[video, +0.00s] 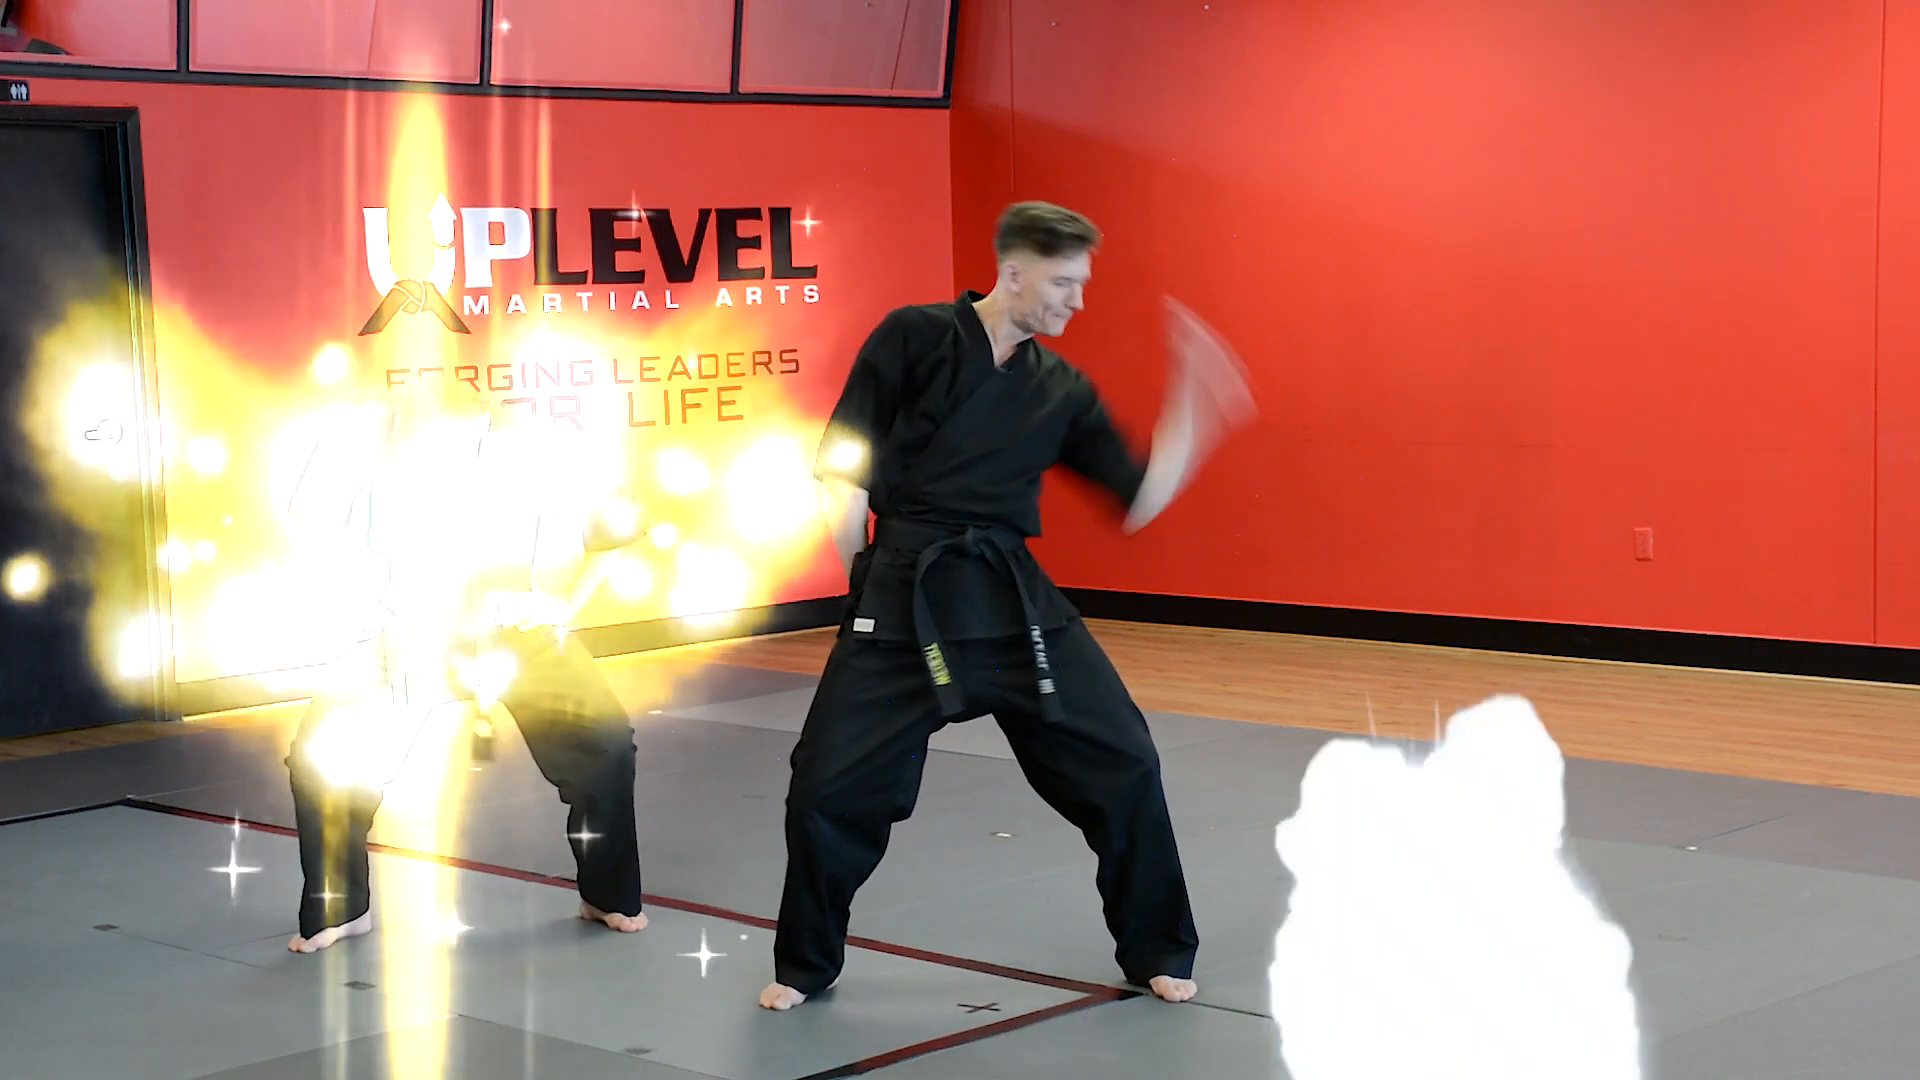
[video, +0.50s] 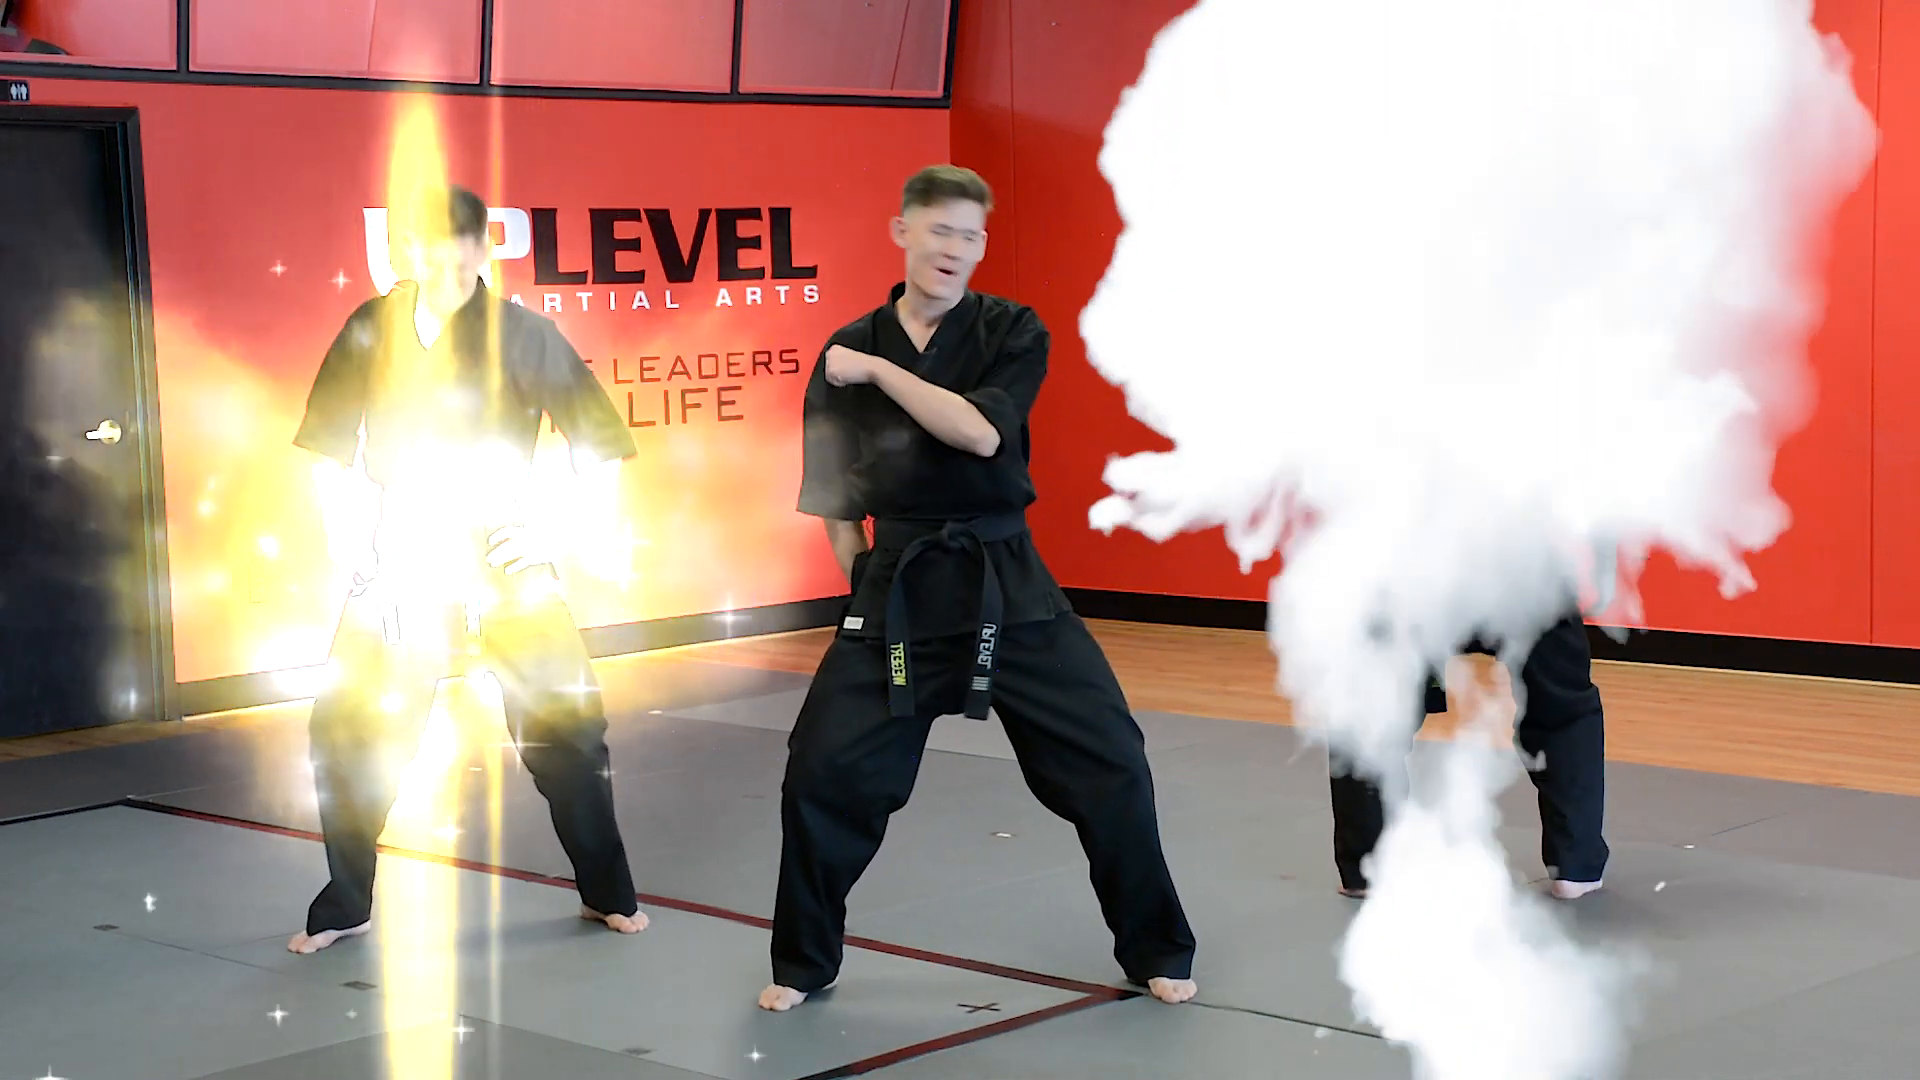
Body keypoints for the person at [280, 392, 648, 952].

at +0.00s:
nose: (412, 380)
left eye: (426, 362)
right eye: (394, 366)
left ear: (458, 356)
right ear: (369, 364)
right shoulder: (357, 445)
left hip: (514, 628)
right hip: (401, 636)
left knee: (604, 739)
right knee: (317, 756)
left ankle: (606, 890)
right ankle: (337, 903)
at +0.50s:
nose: (422, 264)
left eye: (441, 246)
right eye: (412, 246)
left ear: (478, 248)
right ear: (398, 250)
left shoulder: (523, 337)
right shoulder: (367, 333)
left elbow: (602, 447)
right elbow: (326, 458)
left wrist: (554, 533)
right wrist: (349, 563)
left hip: (509, 564)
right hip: (400, 568)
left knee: (565, 719)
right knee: (345, 720)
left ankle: (608, 886)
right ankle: (347, 894)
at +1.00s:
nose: (418, 201)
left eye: (430, 194)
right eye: (402, 193)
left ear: (451, 220)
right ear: (374, 217)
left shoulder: (501, 310)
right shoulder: (348, 326)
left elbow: (583, 416)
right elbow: (297, 437)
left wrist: (547, 517)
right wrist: (322, 527)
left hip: (490, 543)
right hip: (388, 549)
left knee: (536, 728)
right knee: (367, 740)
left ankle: (595, 892)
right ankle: (350, 905)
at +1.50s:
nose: (399, 237)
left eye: (408, 222)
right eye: (382, 226)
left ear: (425, 225)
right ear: (352, 234)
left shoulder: (484, 311)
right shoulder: (334, 334)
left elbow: (570, 412)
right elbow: (283, 443)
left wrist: (541, 516)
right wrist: (312, 530)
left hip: (479, 540)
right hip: (379, 547)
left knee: (530, 727)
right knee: (363, 741)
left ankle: (593, 892)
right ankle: (352, 905)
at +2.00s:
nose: (387, 217)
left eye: (392, 204)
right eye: (366, 212)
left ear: (410, 218)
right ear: (337, 239)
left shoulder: (476, 309)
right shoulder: (331, 340)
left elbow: (564, 409)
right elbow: (281, 447)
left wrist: (538, 516)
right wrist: (311, 533)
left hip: (476, 538)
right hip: (378, 546)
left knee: (529, 725)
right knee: (362, 740)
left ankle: (592, 892)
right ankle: (352, 904)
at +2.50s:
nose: (381, 226)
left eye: (386, 212)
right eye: (360, 220)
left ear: (403, 223)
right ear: (330, 245)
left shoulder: (472, 308)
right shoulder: (327, 344)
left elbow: (561, 407)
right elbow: (285, 450)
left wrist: (537, 514)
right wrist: (311, 531)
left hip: (476, 539)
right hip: (378, 546)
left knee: (529, 725)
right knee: (363, 740)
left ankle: (591, 892)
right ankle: (351, 906)